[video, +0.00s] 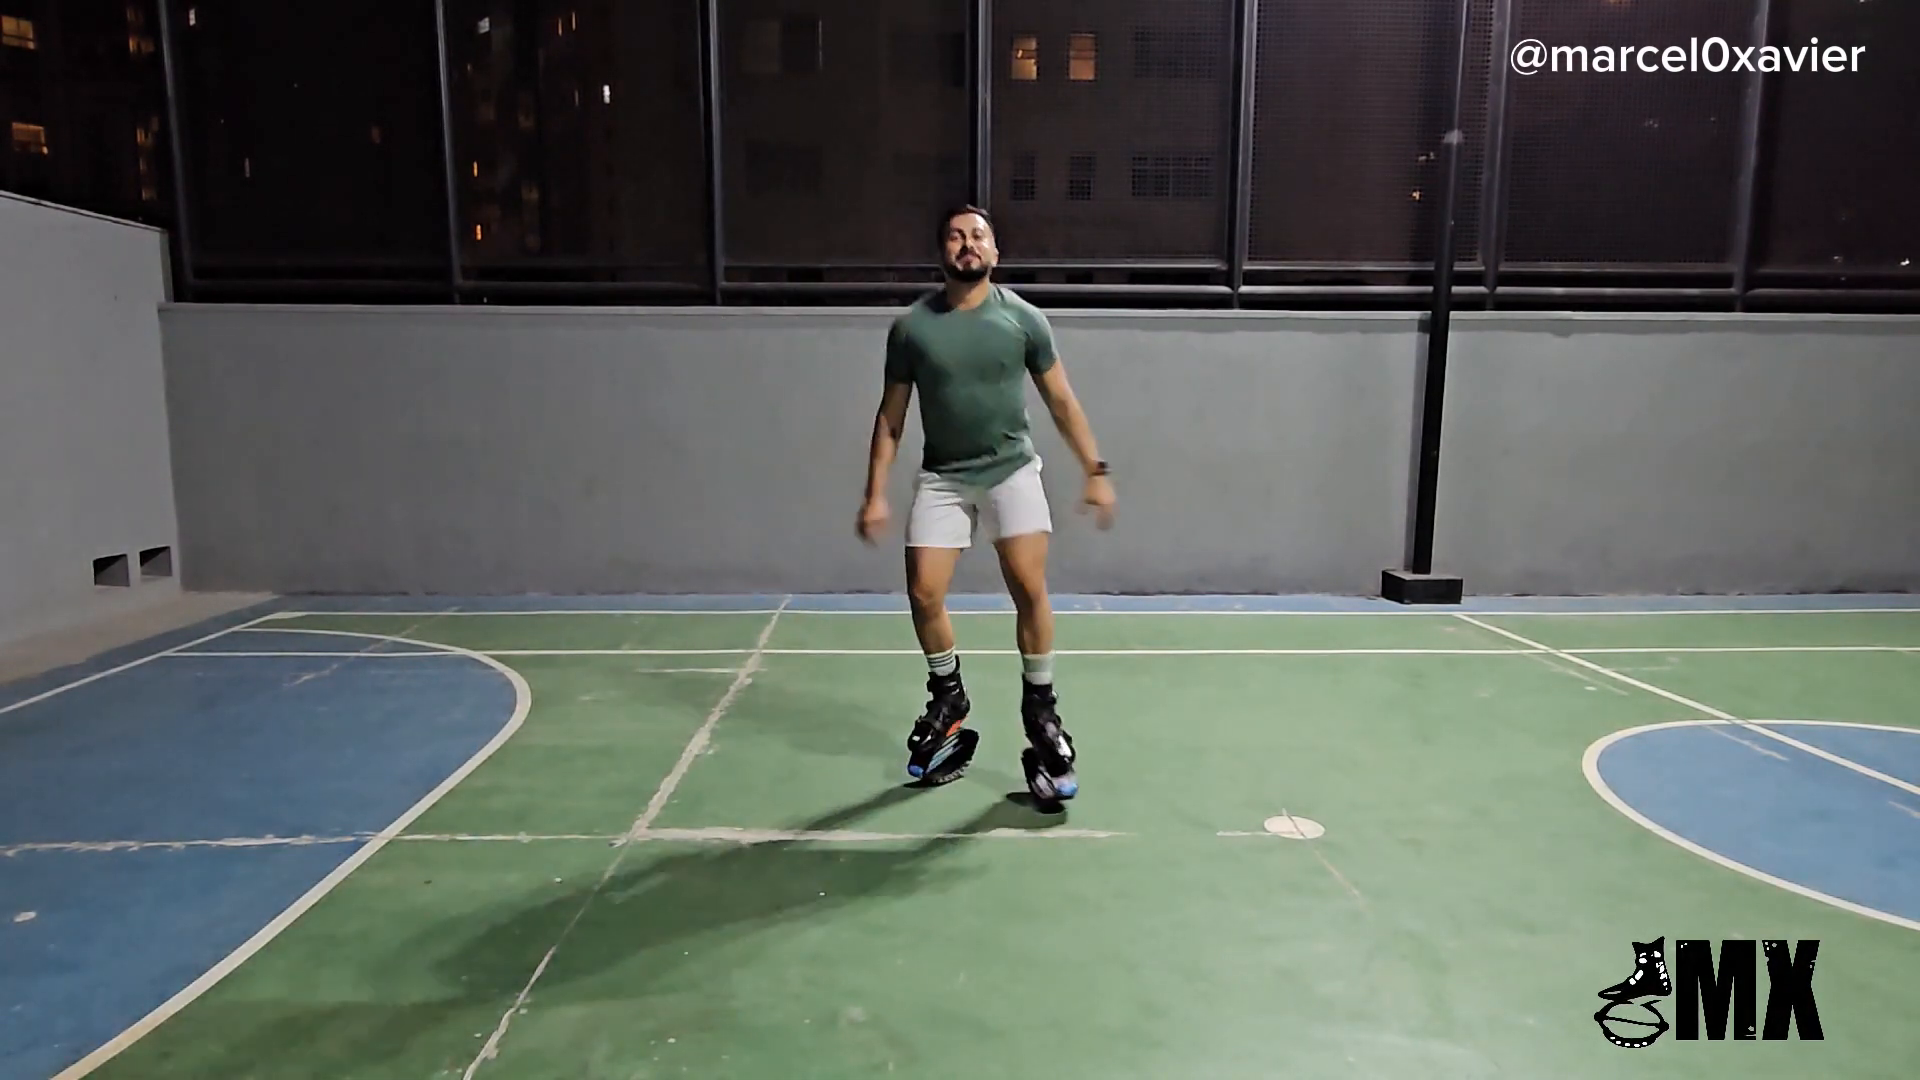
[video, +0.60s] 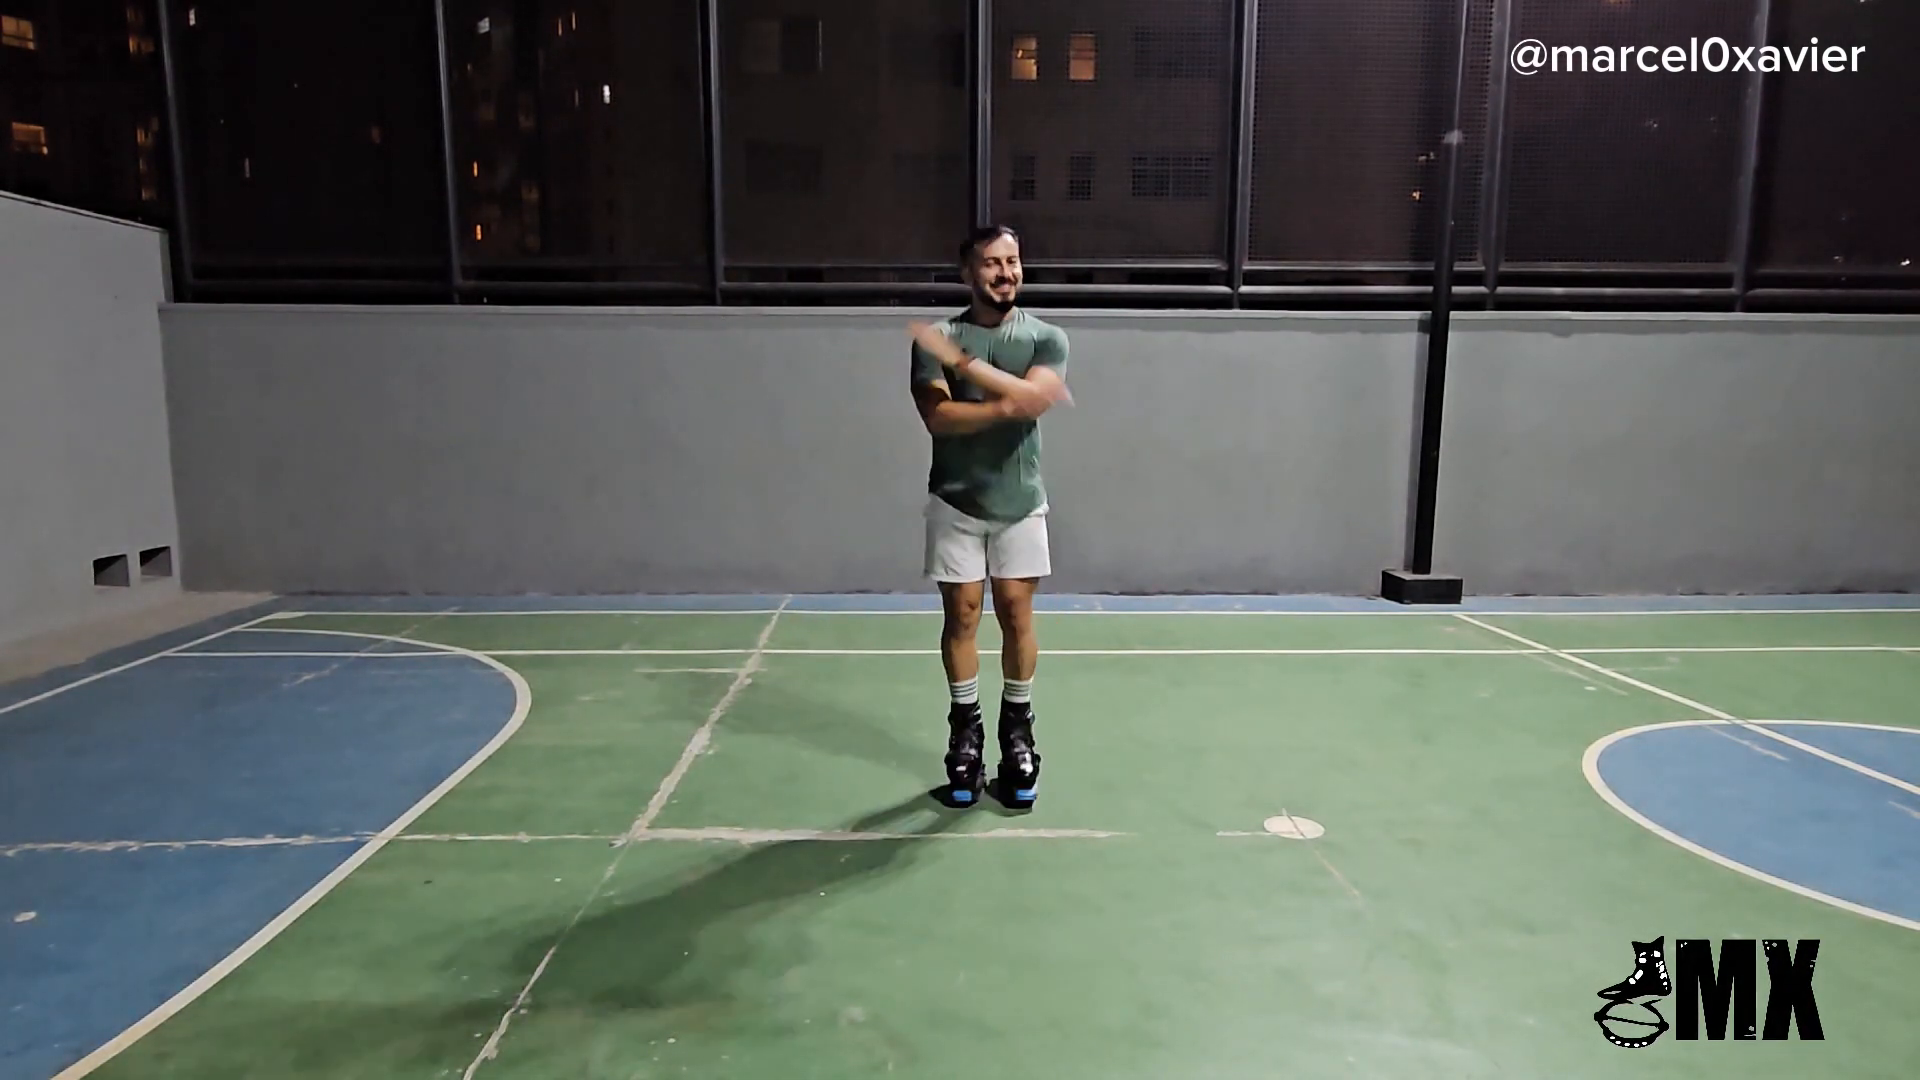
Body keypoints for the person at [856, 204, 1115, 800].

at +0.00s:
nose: (966, 244)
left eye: (976, 236)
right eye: (956, 237)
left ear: (995, 253)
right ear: (941, 255)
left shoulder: (1025, 320)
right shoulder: (911, 329)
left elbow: (1062, 402)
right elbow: (890, 420)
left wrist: (1096, 470)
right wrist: (874, 494)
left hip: (1013, 472)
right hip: (943, 478)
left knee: (1028, 586)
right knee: (923, 594)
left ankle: (1040, 708)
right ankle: (948, 697)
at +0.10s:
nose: (981, 277)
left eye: (992, 268)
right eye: (971, 269)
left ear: (1010, 281)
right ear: (958, 282)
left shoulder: (1042, 352)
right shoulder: (926, 360)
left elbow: (1104, 413)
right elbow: (875, 429)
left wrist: (1172, 459)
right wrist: (812, 482)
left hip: (1025, 506)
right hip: (953, 507)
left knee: (1044, 615)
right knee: (926, 615)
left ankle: (1049, 741)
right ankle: (949, 712)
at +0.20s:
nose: (988, 257)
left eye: (999, 248)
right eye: (978, 250)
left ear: (1017, 262)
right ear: (964, 266)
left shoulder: (1050, 329)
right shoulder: (933, 338)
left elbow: (1123, 379)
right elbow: (873, 391)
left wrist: (1186, 403)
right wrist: (806, 426)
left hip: (1028, 494)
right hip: (959, 494)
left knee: (1037, 606)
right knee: (941, 607)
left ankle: (1049, 734)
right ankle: (951, 713)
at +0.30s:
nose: (993, 222)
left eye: (1002, 212)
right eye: (981, 213)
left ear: (1020, 223)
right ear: (965, 225)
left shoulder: (1051, 289)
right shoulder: (933, 292)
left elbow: (1110, 349)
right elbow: (877, 351)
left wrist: (1136, 391)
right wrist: (859, 403)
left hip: (1025, 452)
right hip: (956, 453)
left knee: (1029, 570)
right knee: (953, 574)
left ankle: (1042, 700)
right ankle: (950, 697)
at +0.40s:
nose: (999, 215)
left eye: (1007, 205)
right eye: (986, 206)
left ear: (1021, 216)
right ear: (968, 219)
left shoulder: (1052, 287)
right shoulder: (933, 289)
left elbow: (1088, 367)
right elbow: (894, 371)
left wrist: (1062, 423)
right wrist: (929, 432)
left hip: (1026, 444)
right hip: (958, 447)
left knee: (1024, 562)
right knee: (959, 564)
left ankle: (1028, 692)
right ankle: (958, 692)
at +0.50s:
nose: (1007, 247)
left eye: (1012, 236)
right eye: (993, 239)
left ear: (1023, 244)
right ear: (970, 252)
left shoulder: (1050, 318)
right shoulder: (937, 320)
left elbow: (1045, 400)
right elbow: (941, 413)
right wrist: (994, 464)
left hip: (1022, 465)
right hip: (957, 465)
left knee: (1016, 585)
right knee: (963, 586)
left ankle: (1020, 718)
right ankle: (965, 719)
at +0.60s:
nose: (1004, 272)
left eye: (1011, 262)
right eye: (991, 263)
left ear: (1022, 270)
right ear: (969, 273)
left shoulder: (1046, 339)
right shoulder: (937, 340)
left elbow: (1032, 400)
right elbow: (937, 418)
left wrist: (957, 358)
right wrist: (1013, 405)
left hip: (1018, 500)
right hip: (955, 499)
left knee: (1014, 608)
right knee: (962, 613)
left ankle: (1017, 736)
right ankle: (965, 739)